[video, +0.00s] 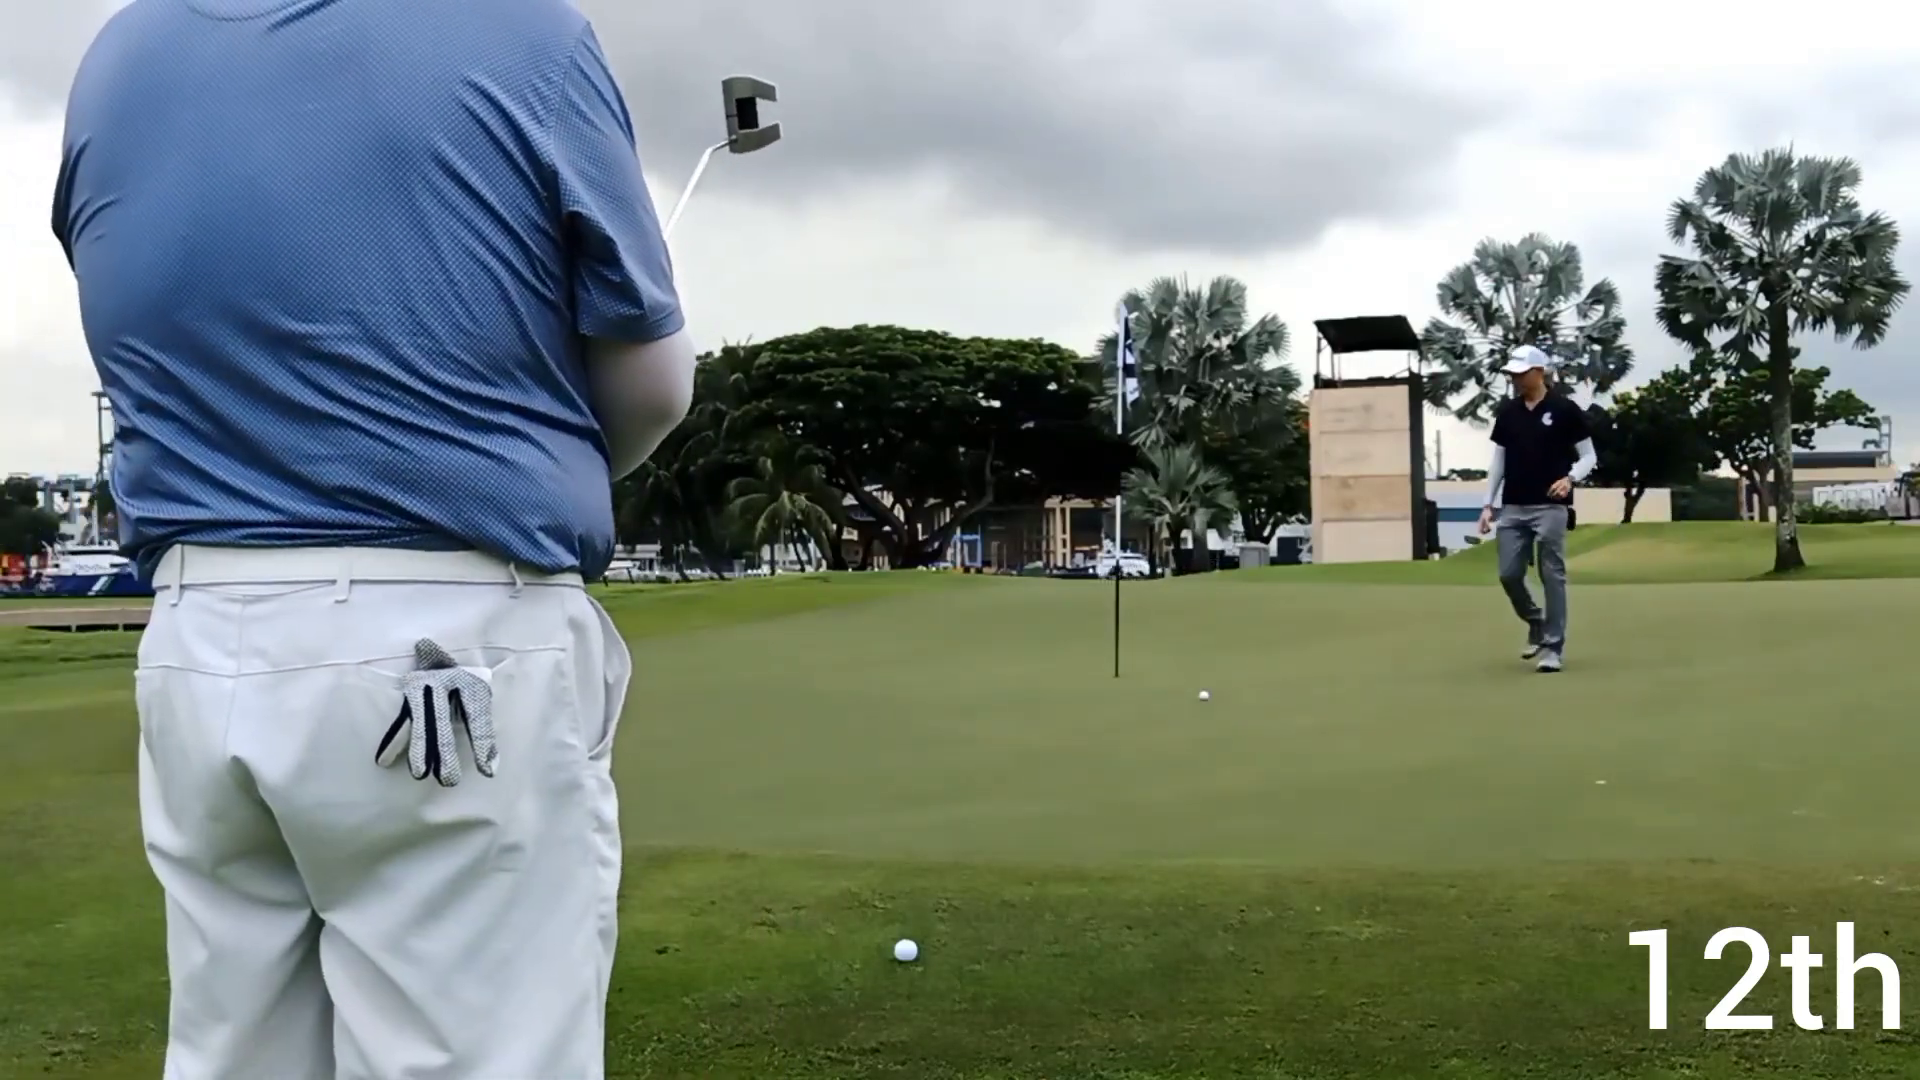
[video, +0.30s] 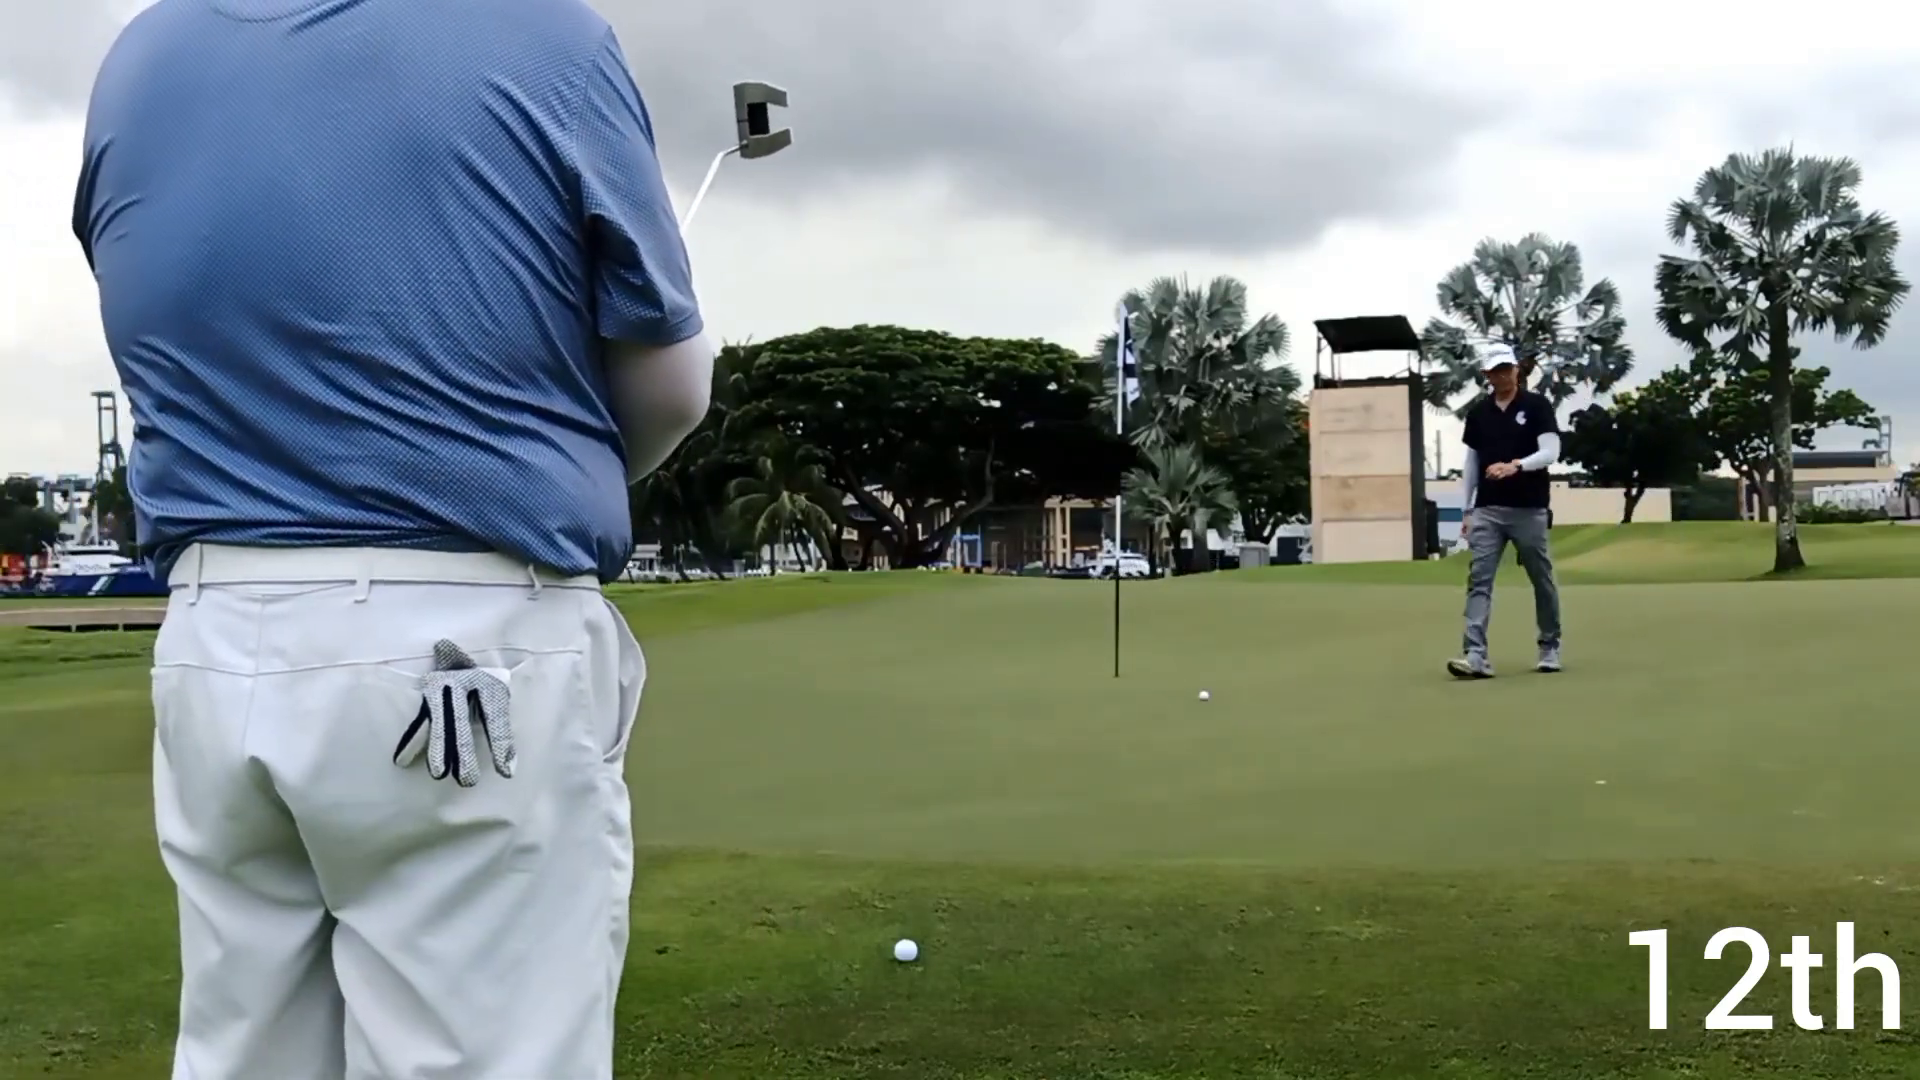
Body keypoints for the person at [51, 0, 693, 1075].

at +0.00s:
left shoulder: (125, 43)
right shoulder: (530, 30)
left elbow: (130, 322)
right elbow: (650, 380)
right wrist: (530, 474)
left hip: (203, 618)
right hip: (460, 621)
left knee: (230, 1059)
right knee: (481, 1059)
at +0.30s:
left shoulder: (146, 45)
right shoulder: (551, 34)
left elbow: (149, 322)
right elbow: (669, 383)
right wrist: (542, 484)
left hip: (218, 618)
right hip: (476, 620)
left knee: (239, 1061)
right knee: (492, 1060)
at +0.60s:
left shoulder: (160, 48)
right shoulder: (563, 35)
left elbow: (161, 327)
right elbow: (678, 387)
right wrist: (560, 485)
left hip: (233, 616)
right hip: (490, 621)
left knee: (249, 1058)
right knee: (498, 1059)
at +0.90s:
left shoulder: (169, 52)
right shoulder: (571, 39)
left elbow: (173, 332)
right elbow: (684, 389)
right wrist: (559, 492)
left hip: (236, 617)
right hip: (492, 621)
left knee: (252, 1059)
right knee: (502, 1059)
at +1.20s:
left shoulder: (175, 54)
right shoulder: (574, 41)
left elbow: (176, 328)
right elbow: (683, 390)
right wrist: (561, 494)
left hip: (238, 616)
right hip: (493, 621)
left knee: (253, 1057)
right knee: (500, 1057)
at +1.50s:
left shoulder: (187, 57)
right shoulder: (582, 46)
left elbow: (183, 331)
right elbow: (691, 393)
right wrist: (565, 494)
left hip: (245, 616)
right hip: (501, 621)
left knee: (257, 1058)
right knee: (503, 1058)